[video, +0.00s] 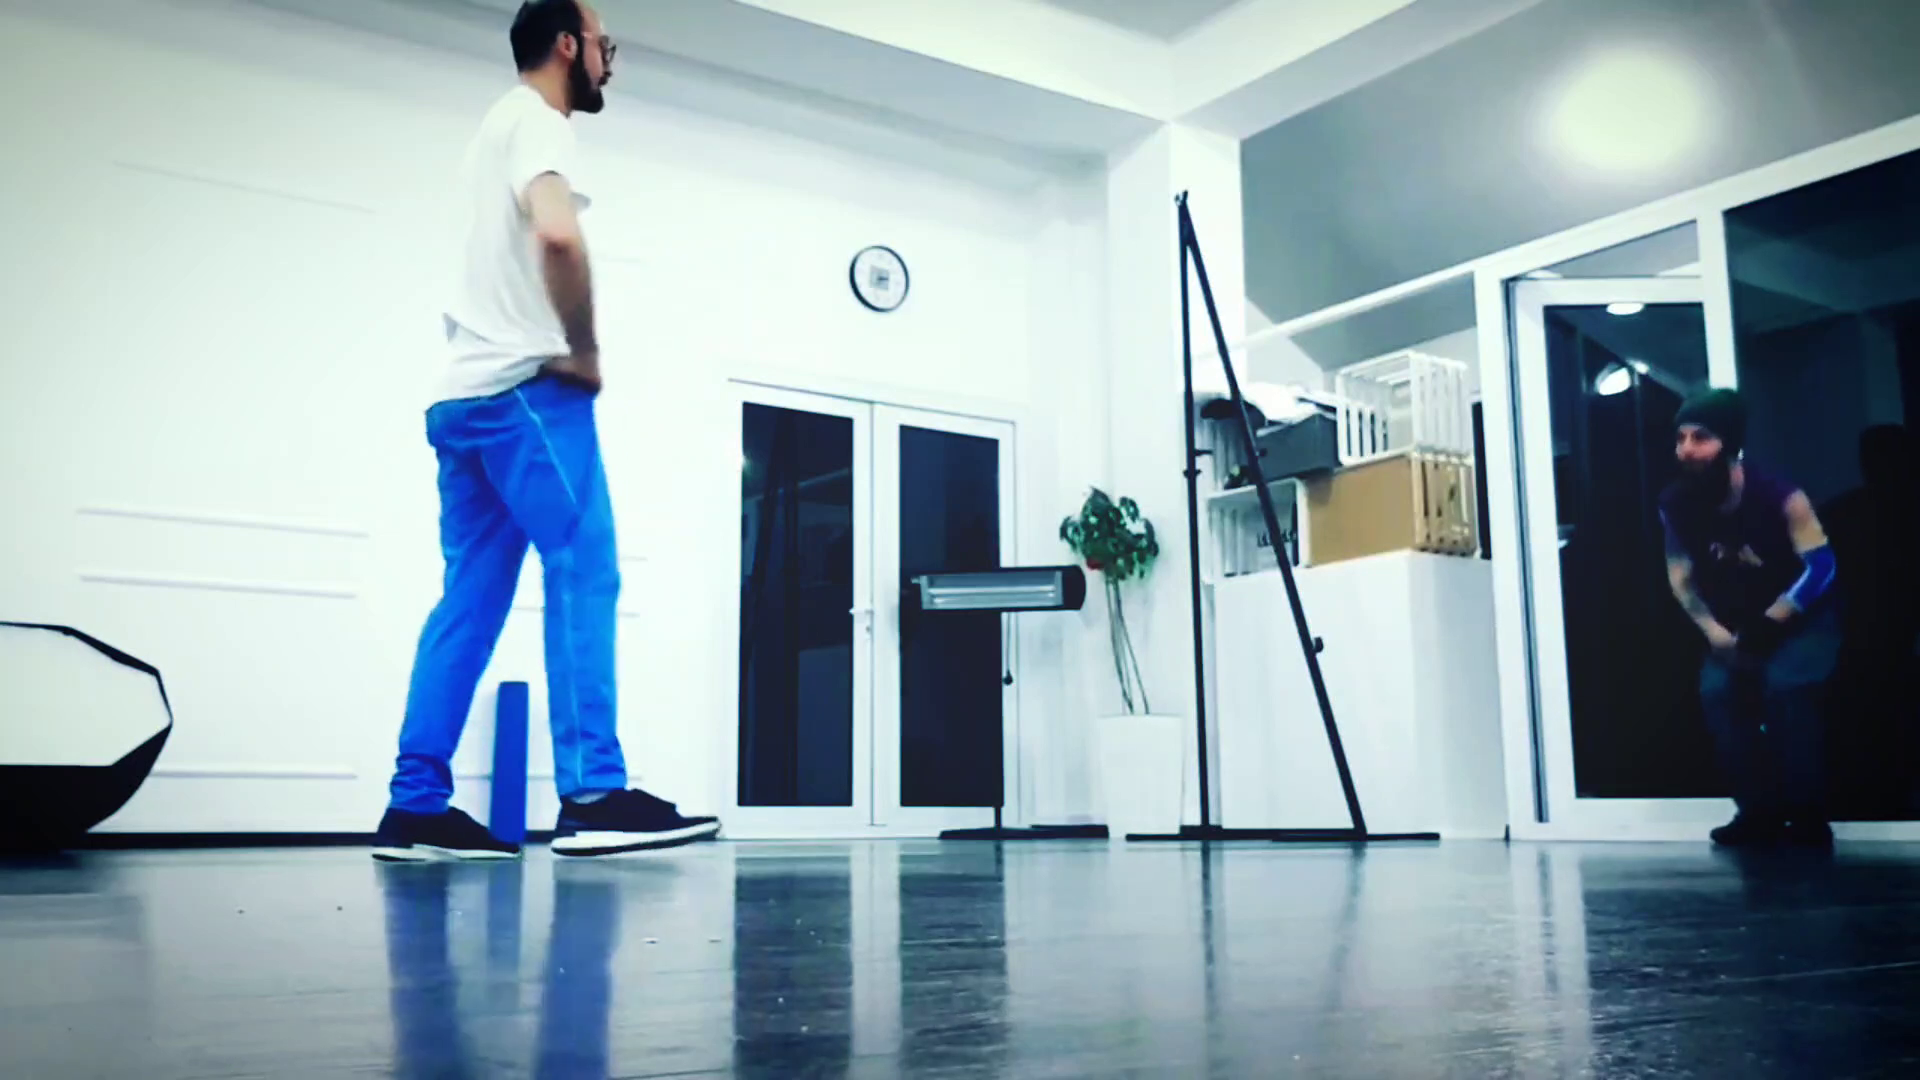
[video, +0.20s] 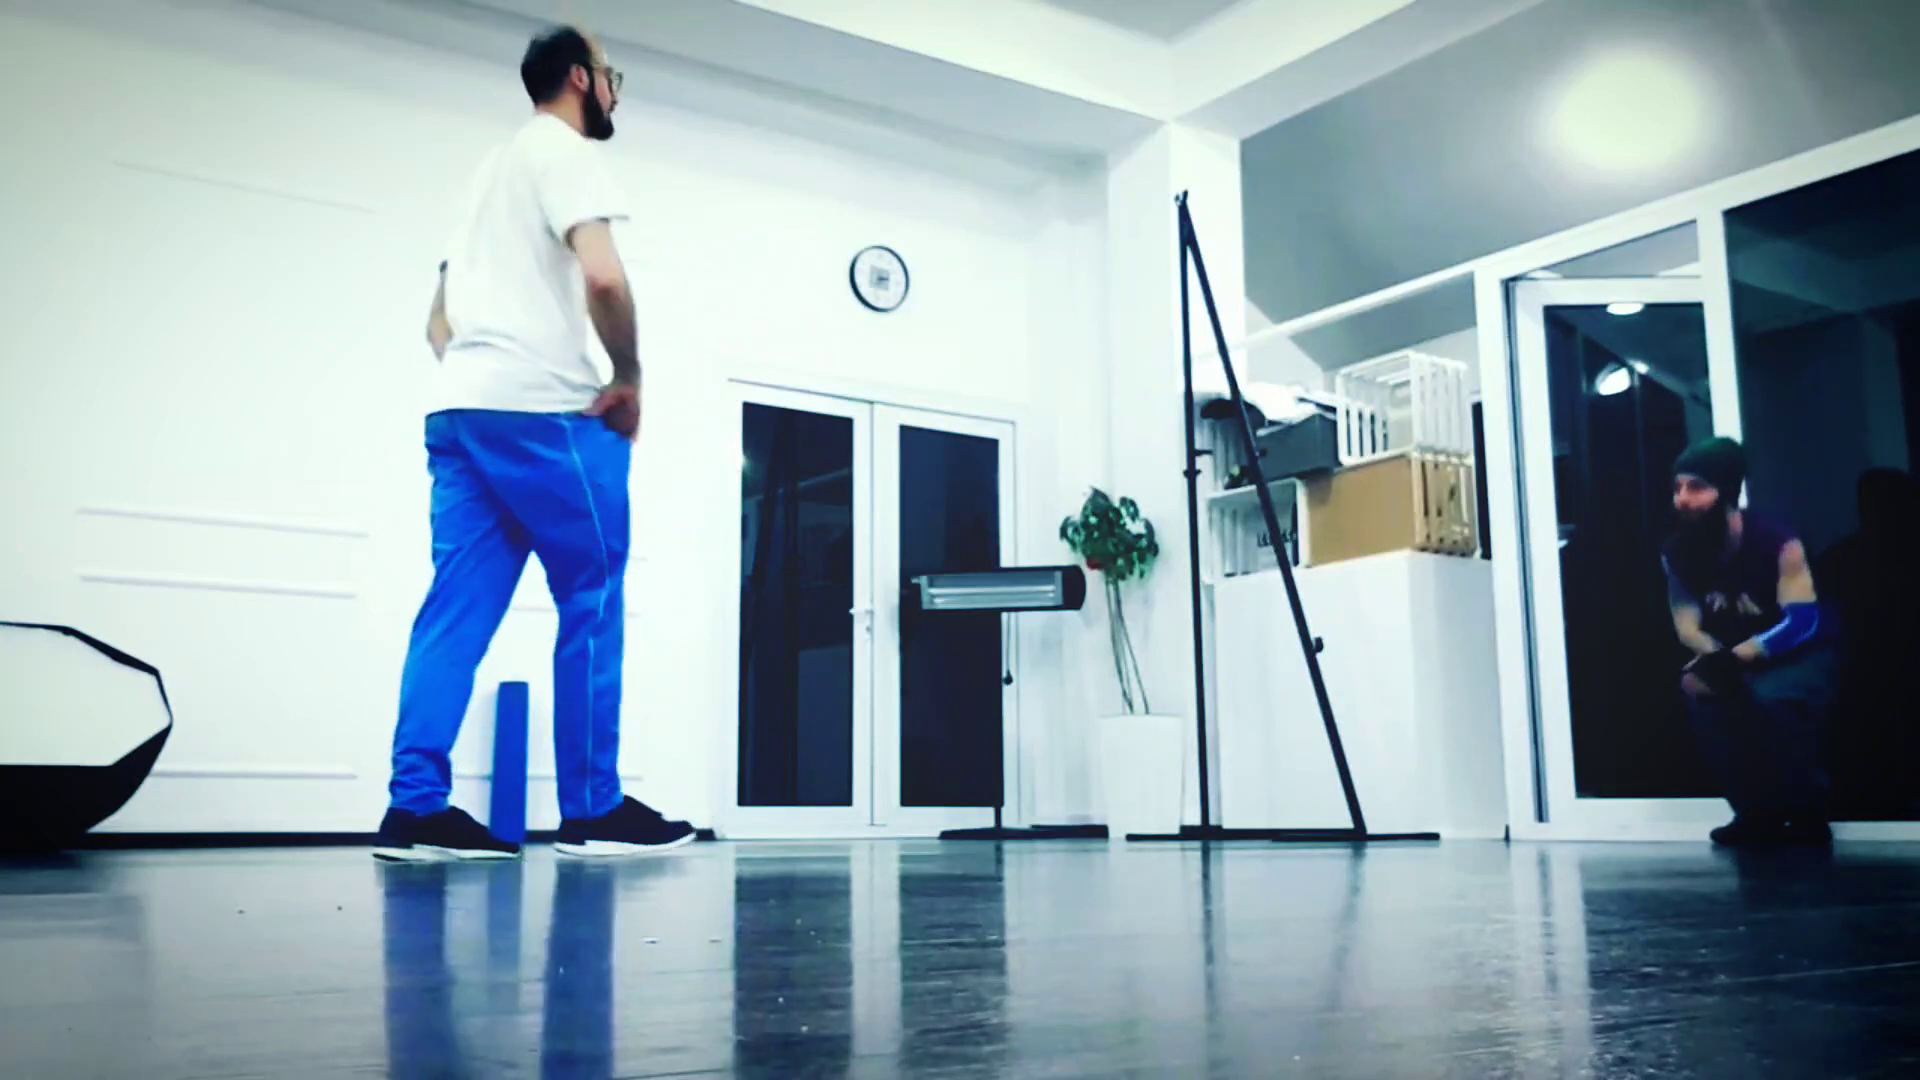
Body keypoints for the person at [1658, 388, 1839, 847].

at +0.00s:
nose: (1686, 450)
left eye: (1700, 438)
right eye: (1681, 438)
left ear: (1729, 444)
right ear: (1674, 442)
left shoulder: (1778, 494)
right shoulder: (1677, 505)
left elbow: (1821, 566)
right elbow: (1681, 583)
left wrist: (1773, 619)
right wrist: (1715, 632)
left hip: (1797, 618)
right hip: (1734, 624)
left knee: (1786, 685)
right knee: (1716, 689)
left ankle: (1806, 816)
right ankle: (1755, 810)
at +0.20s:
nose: (1682, 499)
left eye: (1696, 488)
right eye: (1678, 488)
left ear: (1725, 492)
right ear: (1672, 492)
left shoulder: (1776, 541)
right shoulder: (1678, 554)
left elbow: (1802, 621)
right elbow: (1687, 627)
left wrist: (1729, 660)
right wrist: (1723, 656)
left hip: (1792, 654)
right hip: (1737, 660)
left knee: (1768, 696)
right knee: (1702, 693)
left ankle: (1805, 818)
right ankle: (1753, 813)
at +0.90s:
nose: (1703, 589)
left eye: (1717, 580)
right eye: (1701, 578)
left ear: (1746, 583)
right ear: (1697, 579)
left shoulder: (1792, 624)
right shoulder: (1698, 621)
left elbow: (1775, 684)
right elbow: (1687, 667)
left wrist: (1713, 682)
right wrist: (1755, 666)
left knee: (1769, 711)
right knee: (1707, 714)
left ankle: (1807, 823)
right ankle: (1755, 818)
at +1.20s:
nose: (1692, 609)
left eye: (1705, 600)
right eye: (1690, 598)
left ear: (1737, 602)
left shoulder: (1787, 637)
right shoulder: (1693, 642)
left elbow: (1771, 700)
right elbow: (1692, 699)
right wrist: (1736, 679)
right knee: (1709, 723)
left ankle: (1808, 823)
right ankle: (1755, 818)